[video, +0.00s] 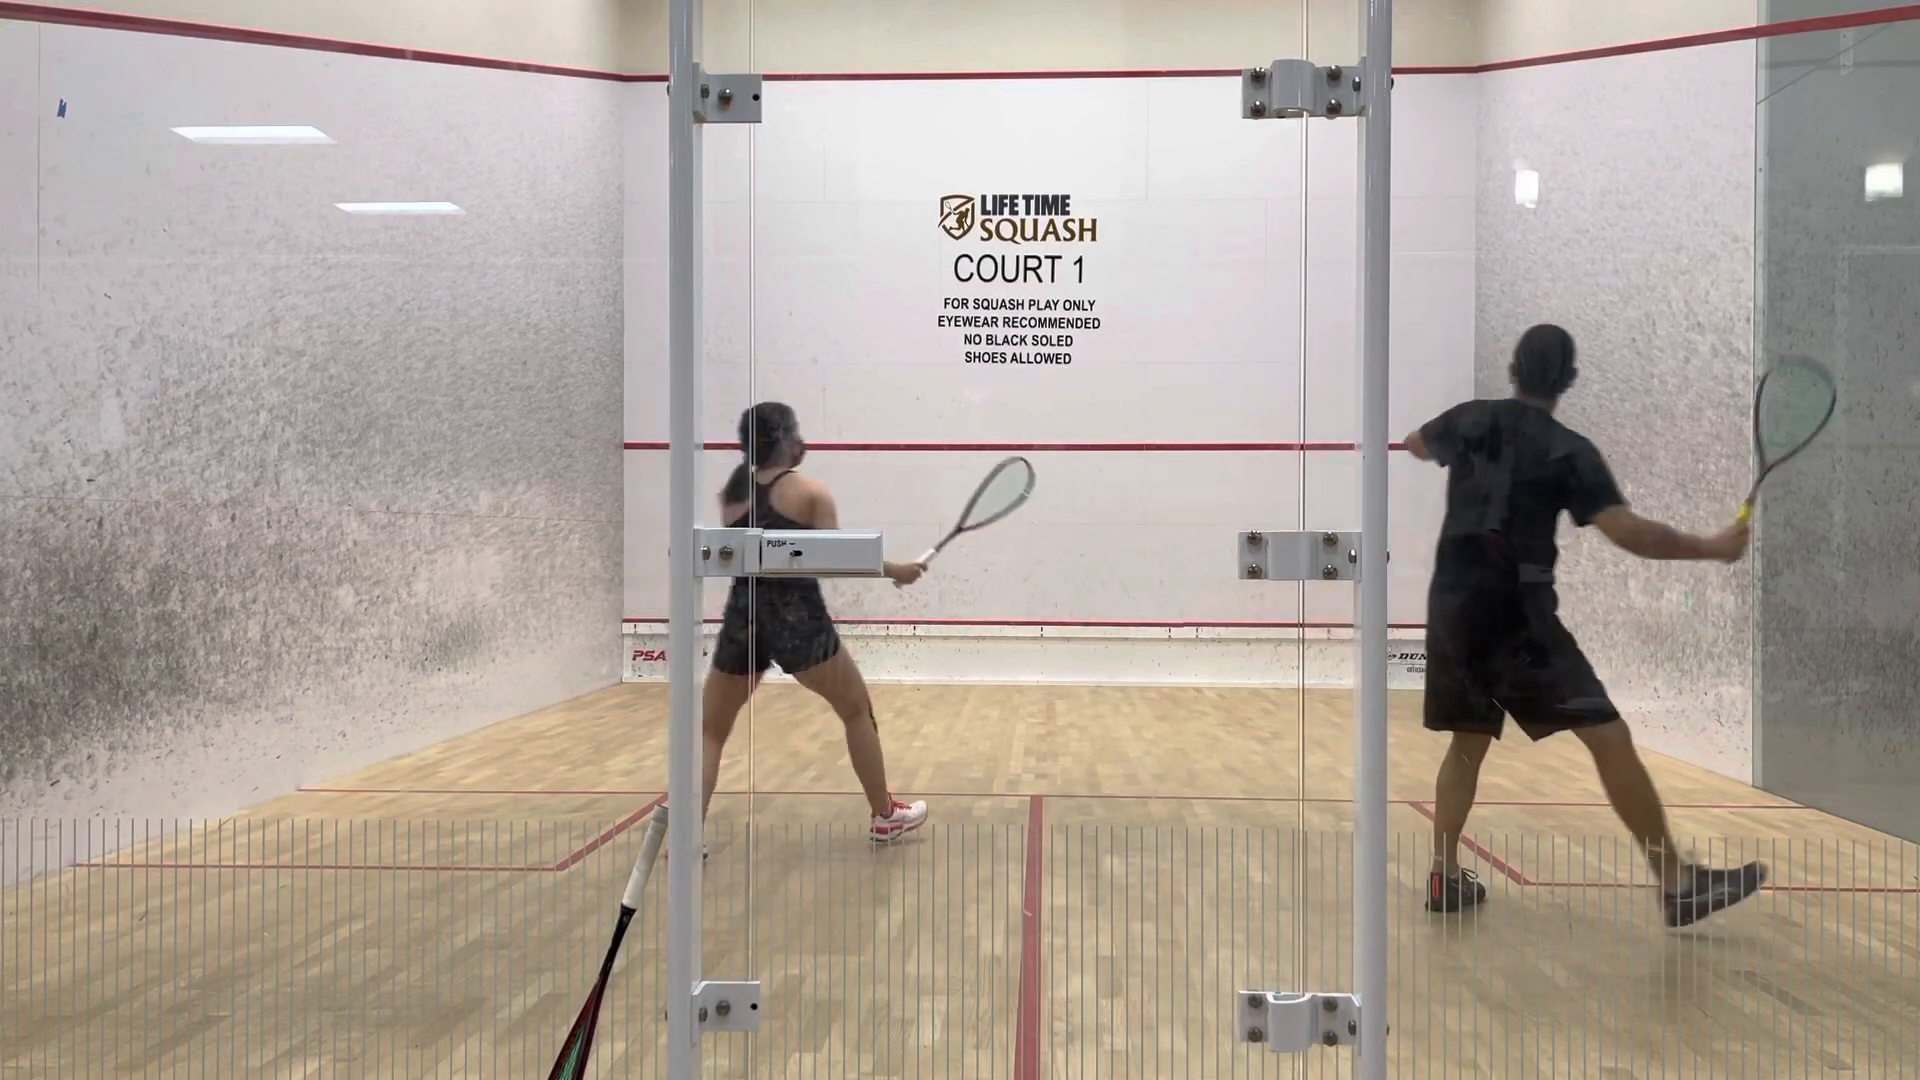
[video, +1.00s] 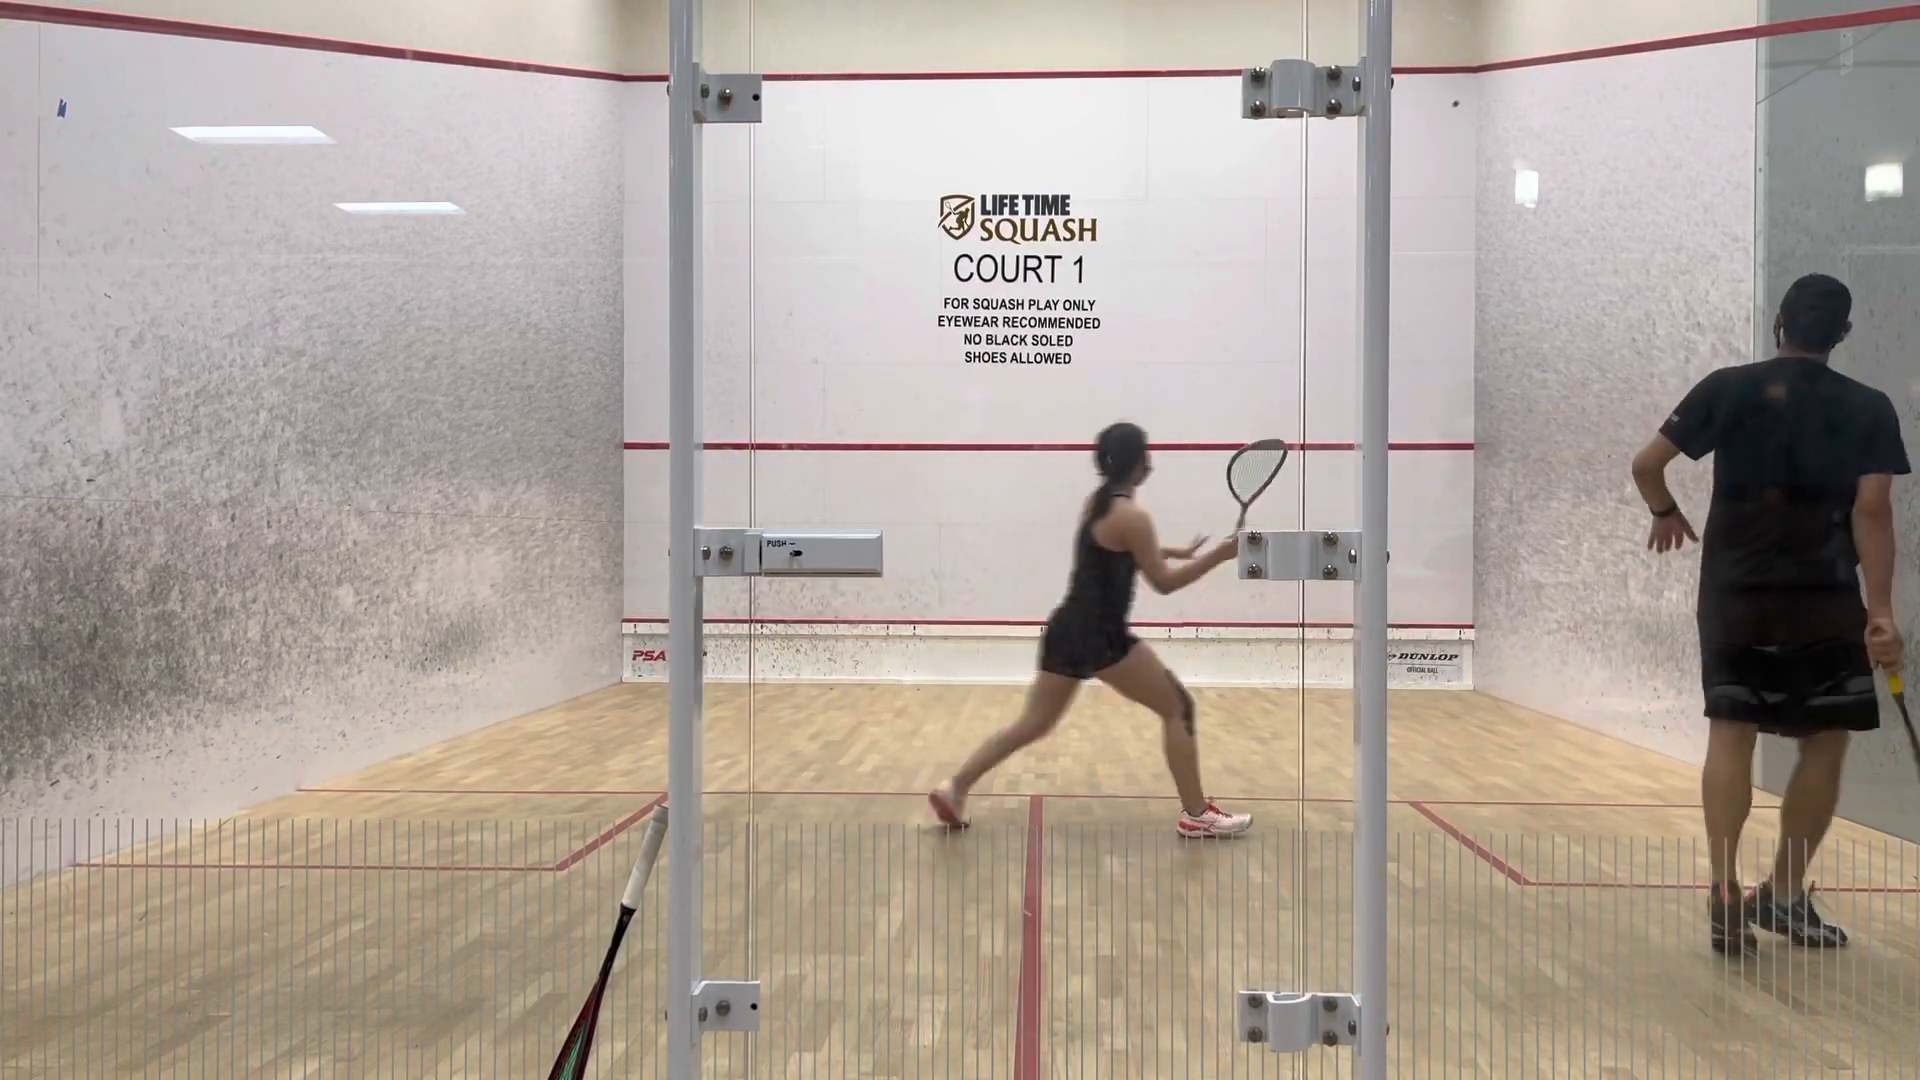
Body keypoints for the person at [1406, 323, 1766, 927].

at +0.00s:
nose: (1545, 377)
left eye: (1526, 366)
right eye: (1560, 369)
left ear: (1513, 370)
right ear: (1568, 379)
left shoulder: (1472, 420)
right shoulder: (1567, 450)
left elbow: (1415, 445)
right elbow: (1630, 532)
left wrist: (1445, 439)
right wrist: (1712, 545)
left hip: (1455, 619)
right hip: (1523, 621)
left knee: (1467, 738)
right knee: (1608, 736)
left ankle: (1443, 875)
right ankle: (1676, 879)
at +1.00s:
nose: (1817, 336)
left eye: (1797, 320)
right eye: (1838, 329)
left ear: (1780, 325)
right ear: (1843, 334)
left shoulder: (1727, 387)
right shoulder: (1868, 407)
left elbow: (1646, 463)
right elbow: (1872, 509)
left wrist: (1664, 508)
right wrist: (1880, 611)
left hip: (1731, 607)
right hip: (1822, 612)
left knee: (1730, 736)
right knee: (1824, 745)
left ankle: (1723, 893)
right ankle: (1787, 893)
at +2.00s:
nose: (1835, 377)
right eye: (1840, 370)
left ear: (1779, 358)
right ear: (1836, 374)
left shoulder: (1720, 409)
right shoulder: (1821, 428)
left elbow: (1657, 492)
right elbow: (1829, 524)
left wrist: (1699, 544)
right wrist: (1897, 616)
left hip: (1696, 619)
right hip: (1773, 622)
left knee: (1696, 744)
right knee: (1820, 761)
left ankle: (1664, 893)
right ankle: (1848, 917)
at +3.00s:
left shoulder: (1908, 469)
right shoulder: (1896, 444)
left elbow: (1867, 552)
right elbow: (1817, 492)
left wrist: (1901, 626)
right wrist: (1899, 532)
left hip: (1826, 630)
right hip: (1776, 628)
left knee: (1880, 759)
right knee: (1826, 779)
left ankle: (1892, 919)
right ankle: (1668, 861)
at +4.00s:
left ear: (1754, 344)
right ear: (1819, 359)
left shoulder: (1696, 403)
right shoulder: (1848, 440)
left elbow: (1622, 484)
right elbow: (1856, 564)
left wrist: (1617, 561)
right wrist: (1786, 564)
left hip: (1692, 639)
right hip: (1798, 648)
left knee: (1669, 802)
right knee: (1867, 811)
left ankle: (1672, 973)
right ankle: (1917, 964)